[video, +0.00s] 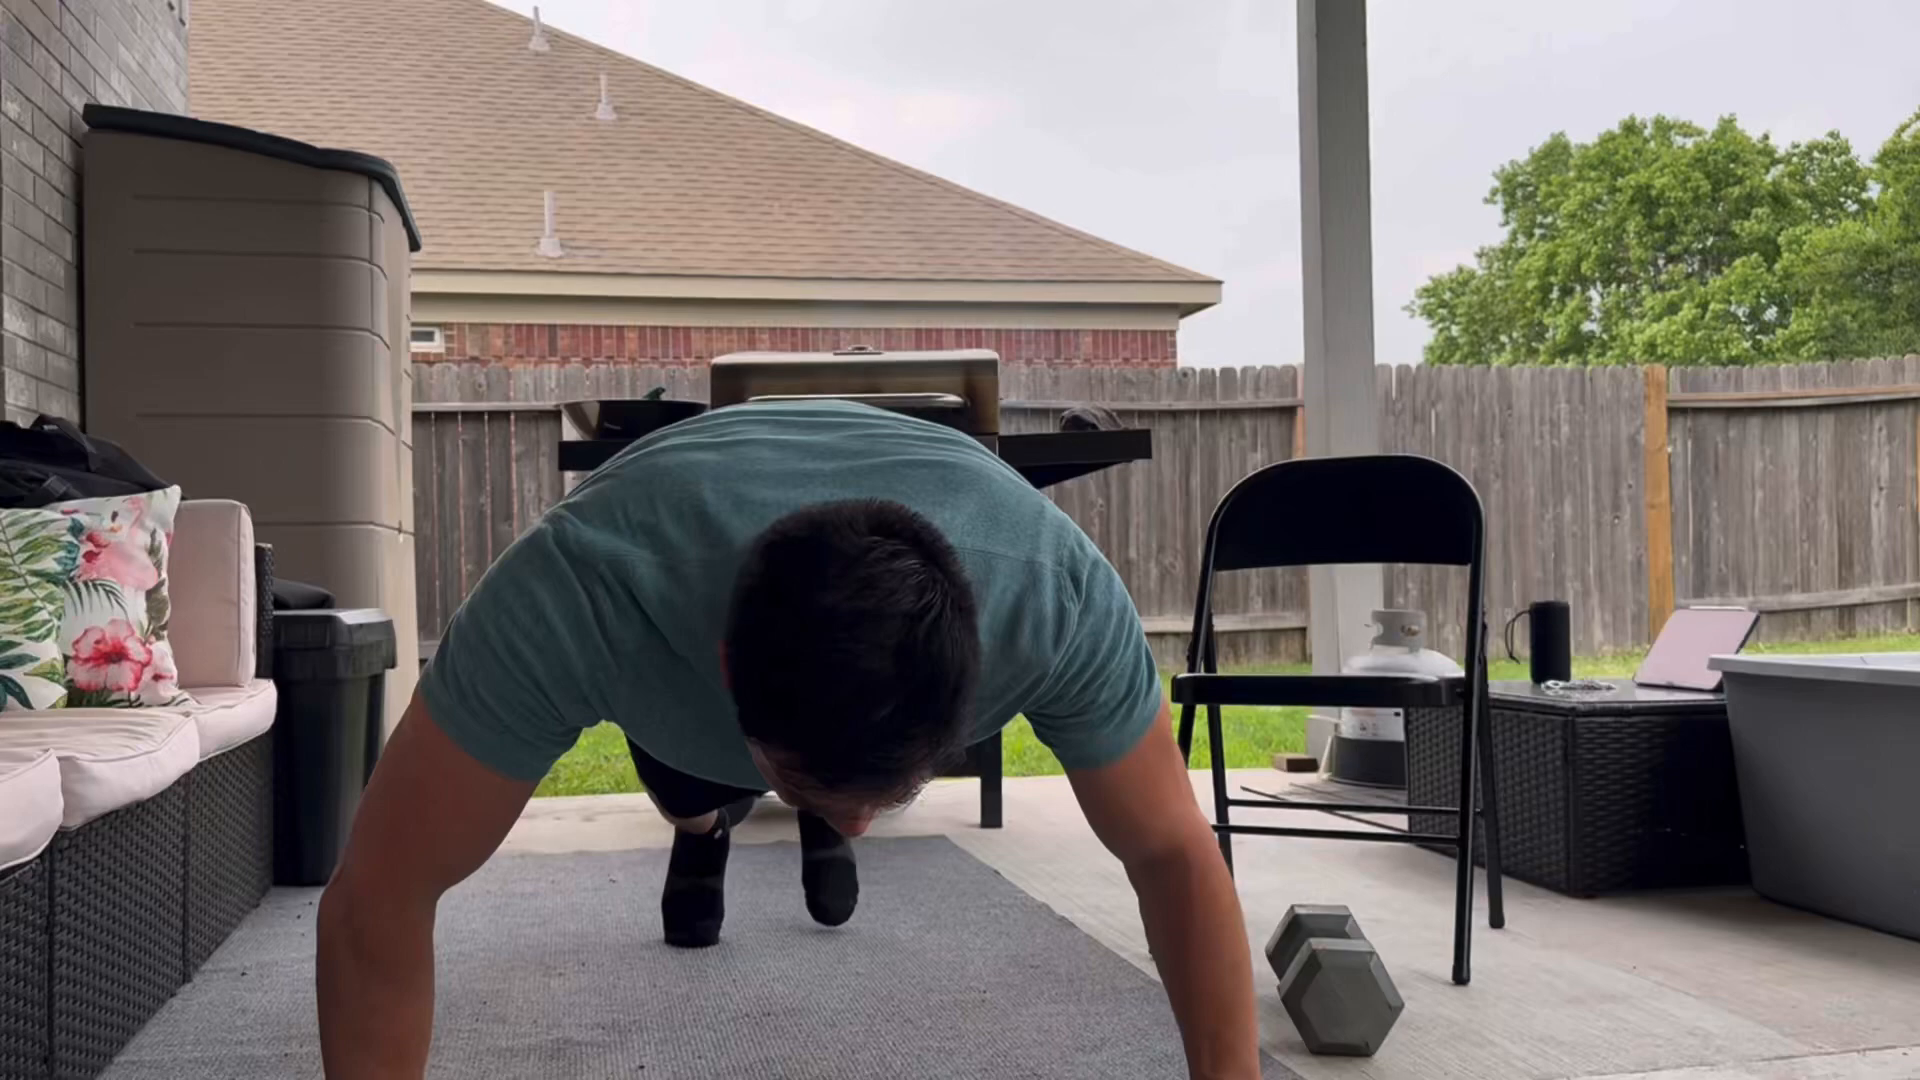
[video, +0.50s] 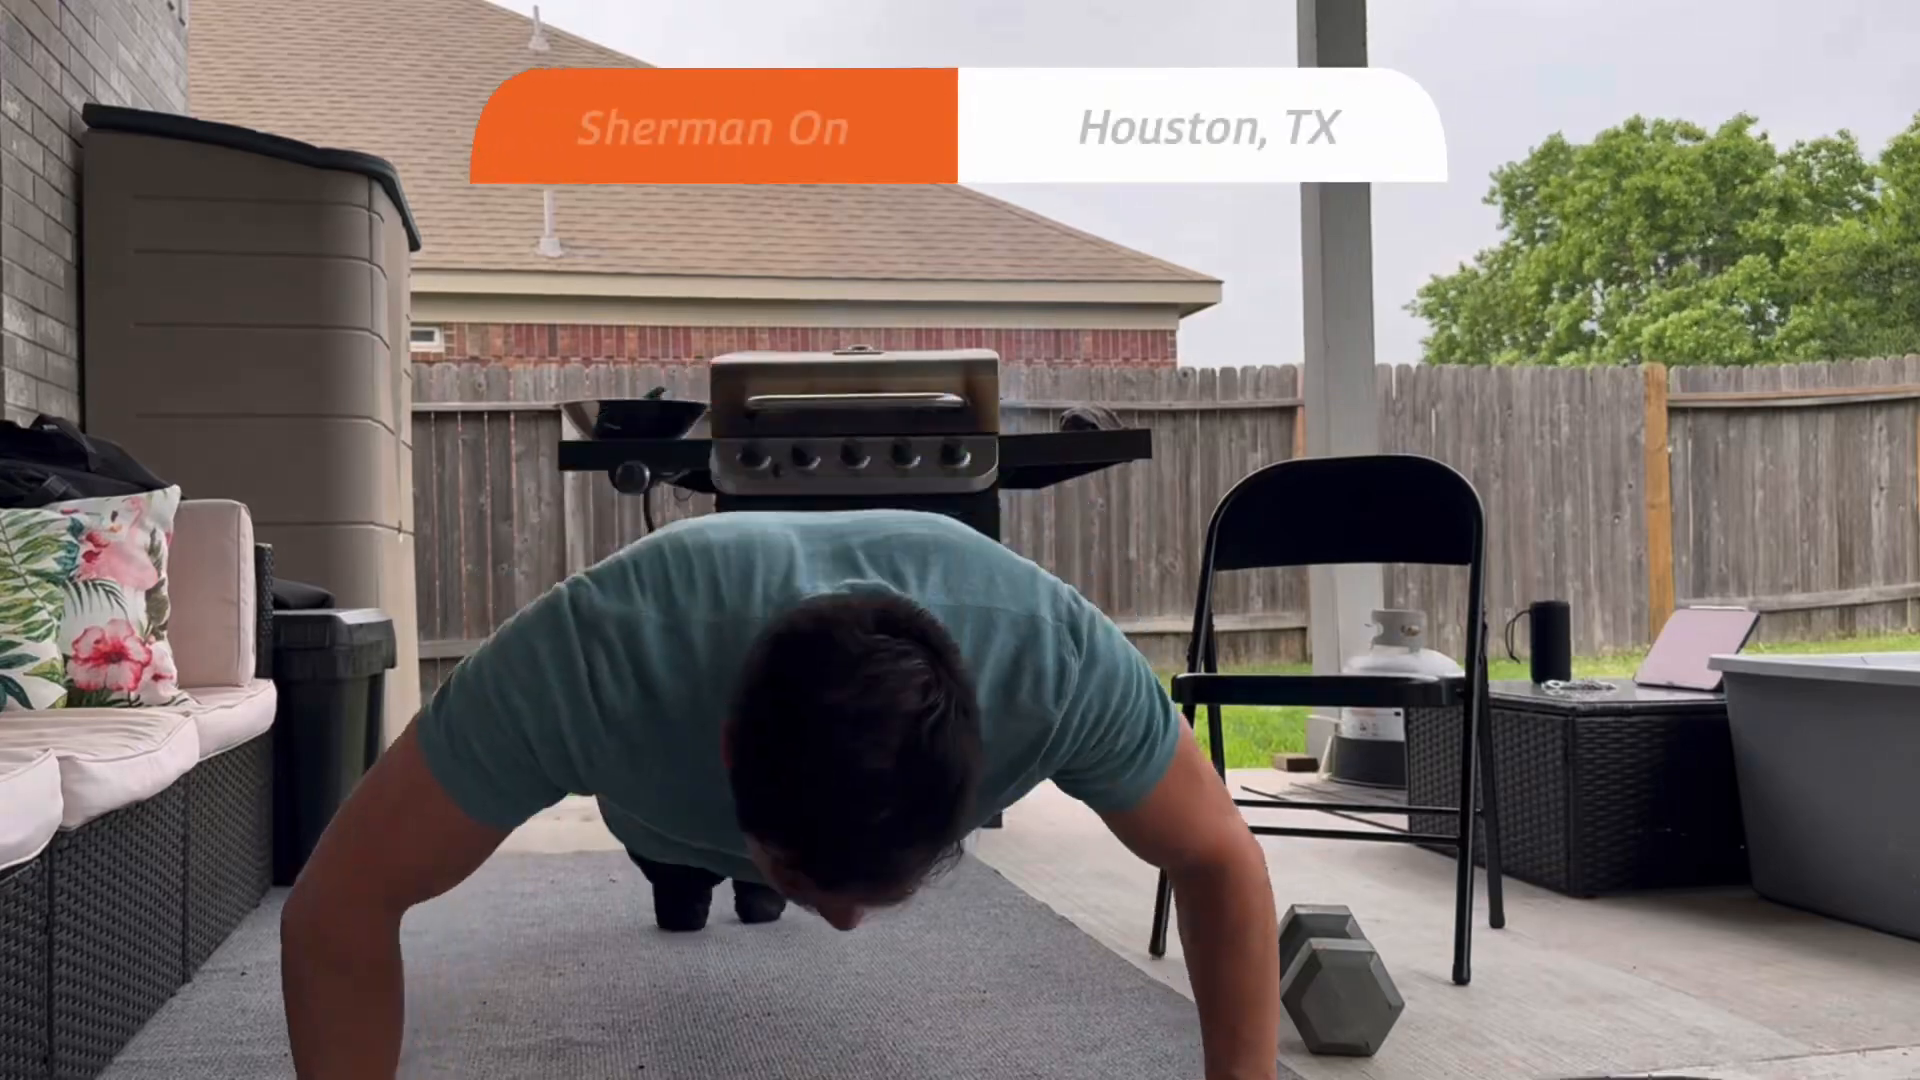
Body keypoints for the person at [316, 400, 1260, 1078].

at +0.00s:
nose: (846, 824)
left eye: (889, 800)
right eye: (818, 793)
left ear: (967, 694)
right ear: (736, 683)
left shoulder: (1061, 602)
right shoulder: (574, 593)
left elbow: (1176, 862)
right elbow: (374, 905)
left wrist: (1231, 1070)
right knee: (693, 785)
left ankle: (828, 838)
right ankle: (702, 840)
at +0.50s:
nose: (846, 923)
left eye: (882, 902)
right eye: (816, 895)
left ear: (963, 794)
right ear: (738, 776)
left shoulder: (1055, 662)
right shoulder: (586, 664)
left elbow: (1222, 869)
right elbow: (340, 905)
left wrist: (1244, 1076)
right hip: (653, 785)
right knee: (665, 861)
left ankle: (751, 882)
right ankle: (680, 888)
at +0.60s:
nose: (839, 1057)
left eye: (889, 1042)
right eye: (809, 1033)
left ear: (980, 874)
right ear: (744, 886)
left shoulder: (1064, 755)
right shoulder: (594, 760)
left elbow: (1248, 869)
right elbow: (302, 915)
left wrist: (1252, 1073)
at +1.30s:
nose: (844, 897)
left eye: (882, 875)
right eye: (809, 872)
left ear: (959, 766)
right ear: (730, 758)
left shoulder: (1045, 638)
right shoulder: (585, 631)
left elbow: (1208, 857)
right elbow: (372, 903)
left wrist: (1240, 1070)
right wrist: (362, 1072)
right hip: (668, 802)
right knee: (690, 887)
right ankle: (671, 887)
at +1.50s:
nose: (830, 930)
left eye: (868, 913)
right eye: (792, 904)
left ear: (955, 794)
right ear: (724, 777)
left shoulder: (1030, 653)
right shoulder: (582, 656)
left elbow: (1205, 861)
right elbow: (346, 902)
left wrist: (1236, 1072)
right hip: (670, 869)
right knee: (678, 898)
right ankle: (637, 868)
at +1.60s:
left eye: (888, 1064)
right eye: (794, 1052)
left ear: (958, 925)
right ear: (732, 933)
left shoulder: (1043, 775)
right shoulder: (583, 779)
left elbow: (1248, 867)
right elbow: (293, 922)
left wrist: (1250, 1067)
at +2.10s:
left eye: (886, 1042)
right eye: (804, 1033)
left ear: (965, 866)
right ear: (733, 879)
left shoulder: (1047, 752)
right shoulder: (586, 766)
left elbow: (1233, 872)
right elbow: (299, 921)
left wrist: (1244, 1066)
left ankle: (1269, 950)